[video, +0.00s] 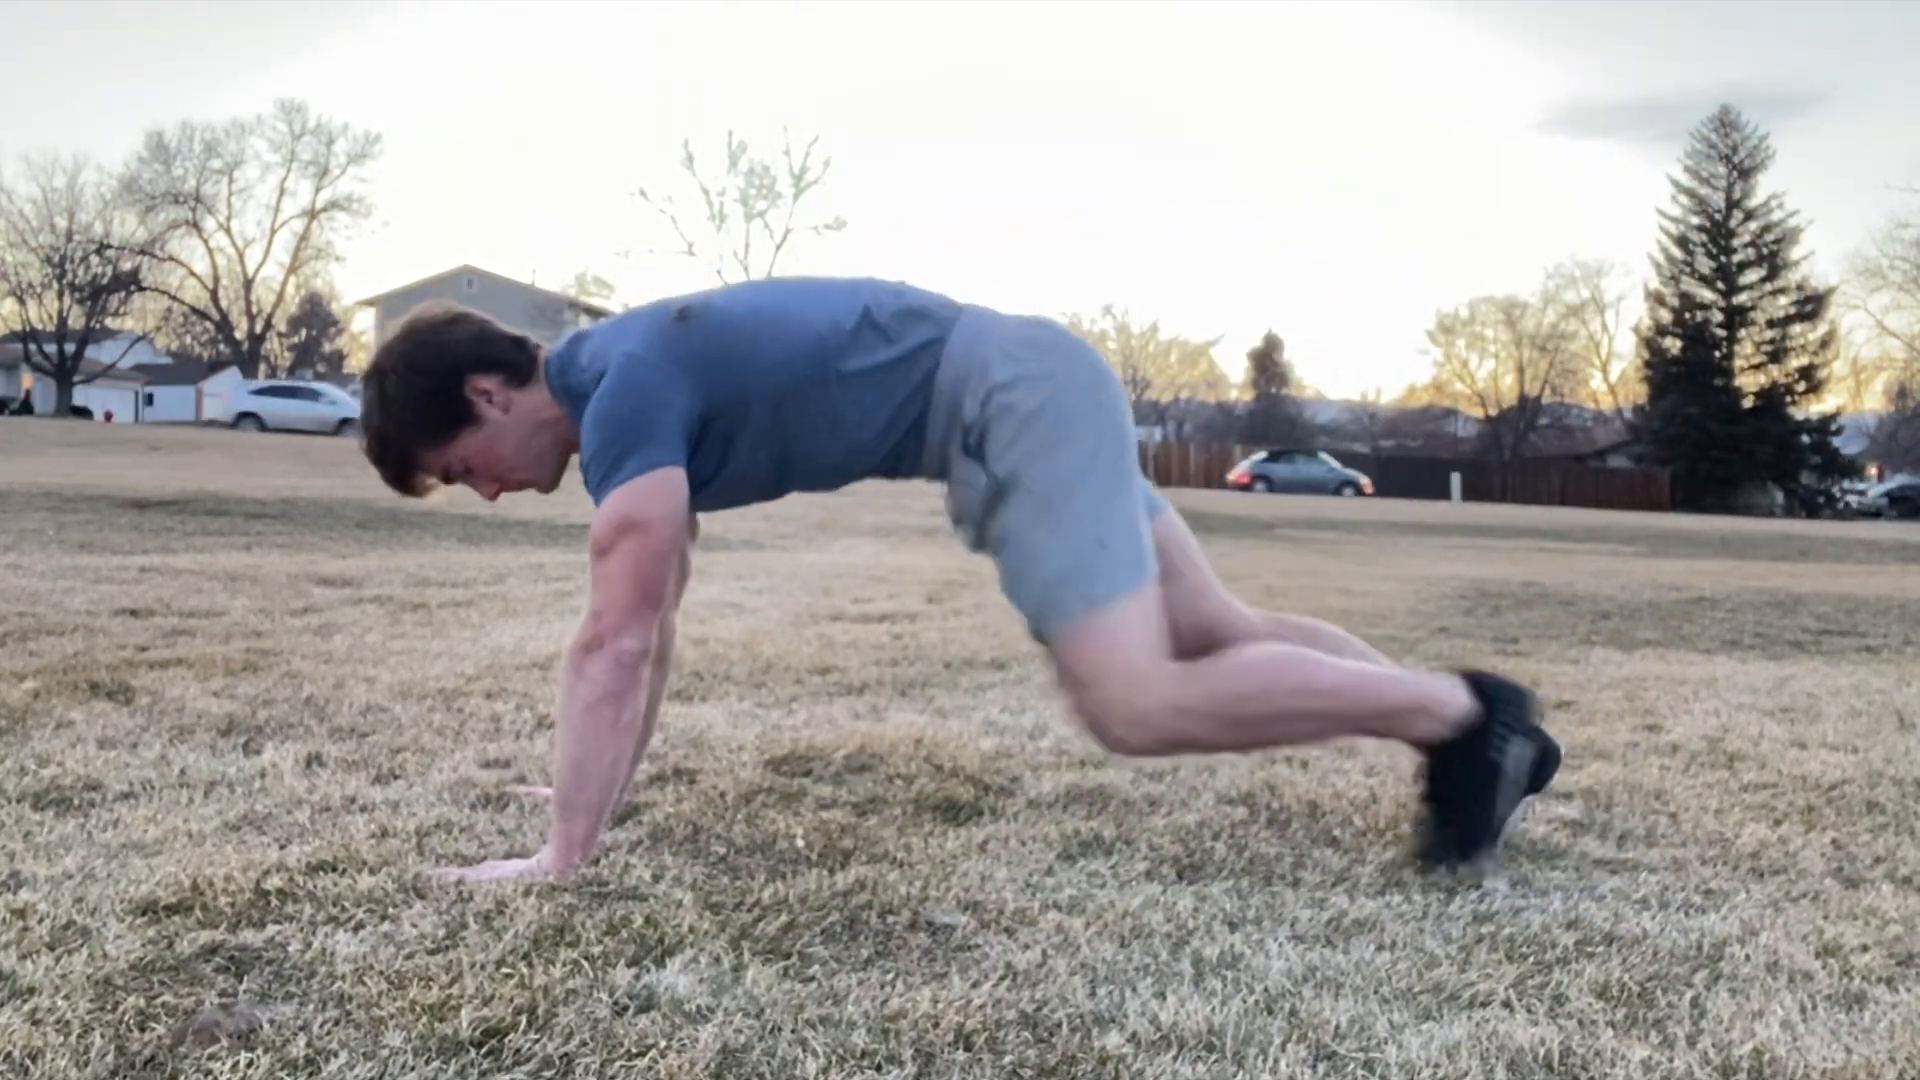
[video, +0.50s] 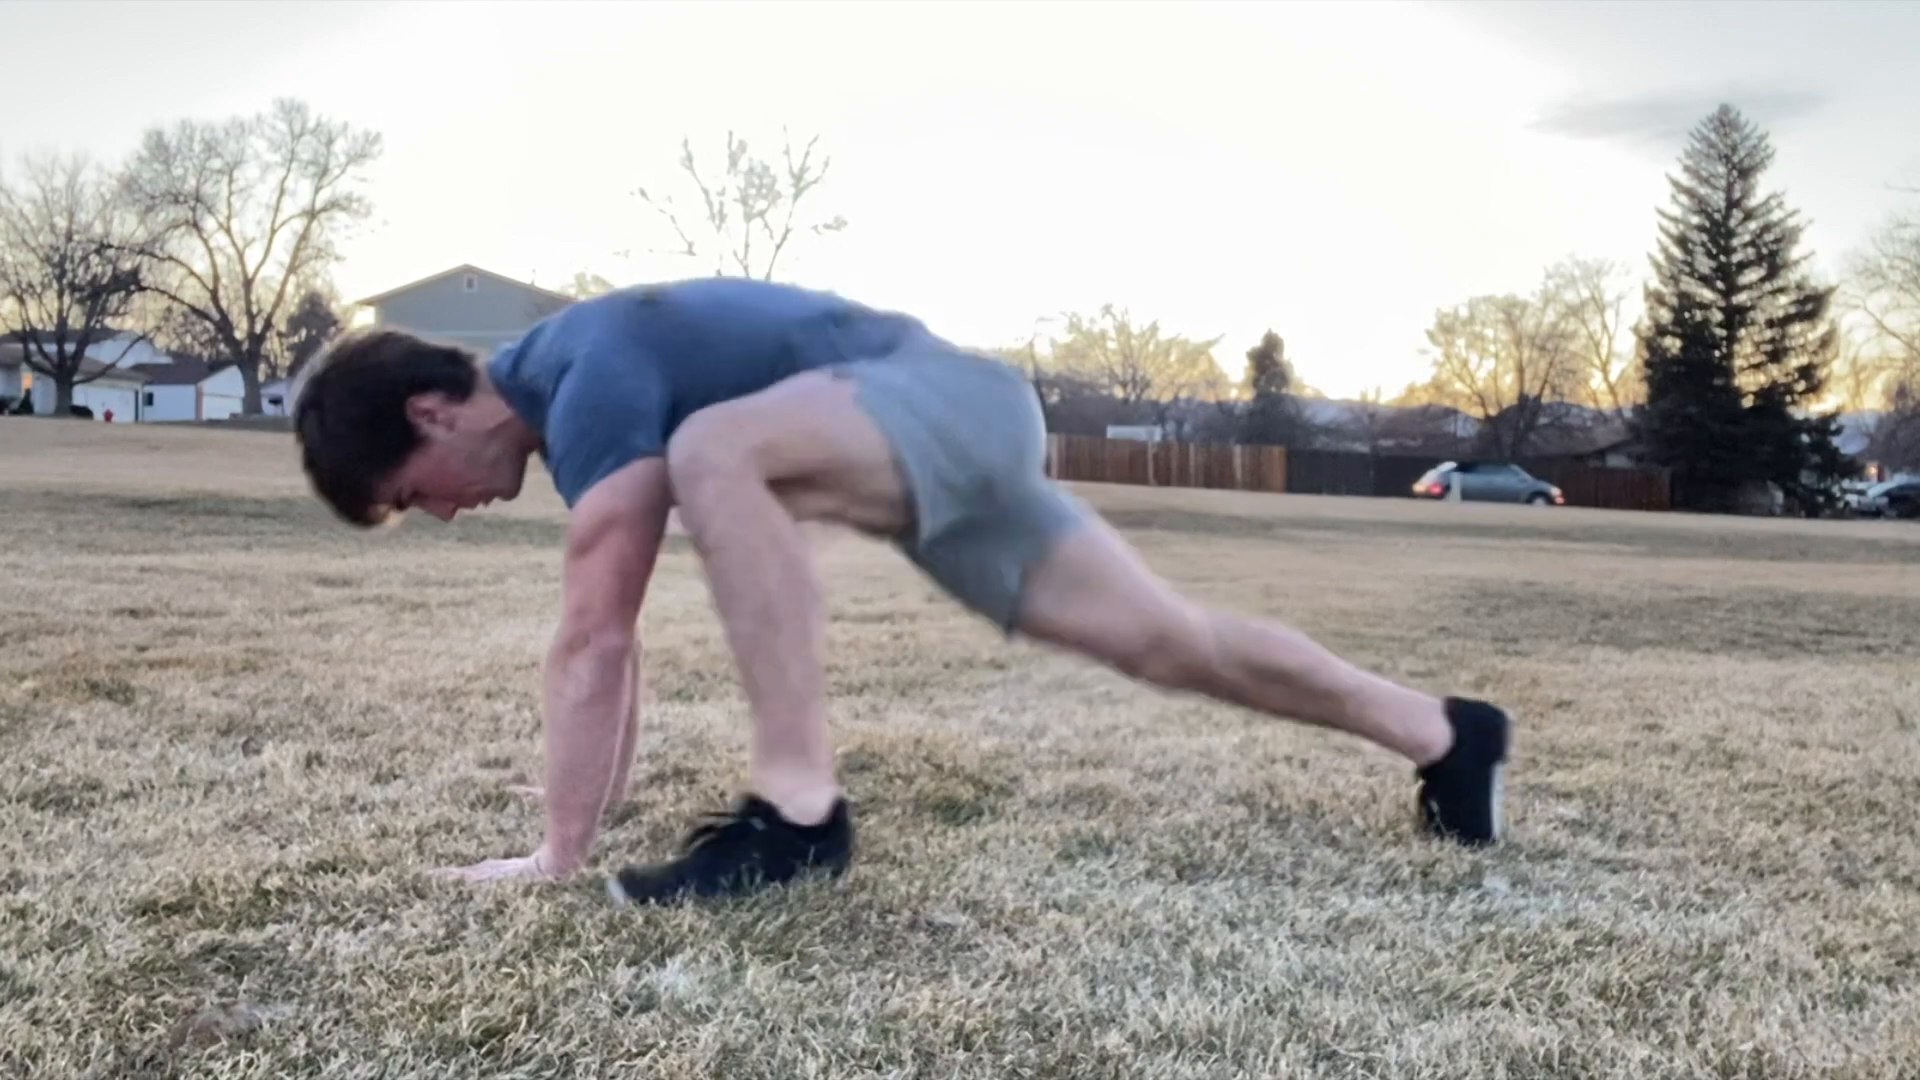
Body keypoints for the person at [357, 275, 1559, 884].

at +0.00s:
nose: (483, 493)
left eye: (462, 470)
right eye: (460, 484)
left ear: (491, 400)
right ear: (499, 394)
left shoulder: (627, 378)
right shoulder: (625, 390)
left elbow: (617, 637)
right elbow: (643, 640)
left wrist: (560, 853)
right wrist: (589, 823)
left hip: (1010, 389)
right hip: (1018, 388)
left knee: (1136, 707)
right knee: (1214, 636)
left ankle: (1456, 718)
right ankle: (1466, 713)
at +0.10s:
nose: (492, 497)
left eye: (472, 475)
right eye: (469, 488)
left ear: (503, 401)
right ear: (508, 403)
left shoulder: (638, 372)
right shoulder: (627, 394)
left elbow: (617, 633)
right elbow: (641, 633)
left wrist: (562, 851)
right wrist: (588, 805)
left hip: (1008, 344)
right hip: (1007, 380)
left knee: (939, 590)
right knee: (1234, 614)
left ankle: (1249, 709)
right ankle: (1489, 737)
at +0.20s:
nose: (501, 493)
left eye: (480, 470)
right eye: (478, 485)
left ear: (508, 397)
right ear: (512, 400)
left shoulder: (639, 361)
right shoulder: (632, 394)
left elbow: (618, 634)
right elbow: (637, 634)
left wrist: (563, 853)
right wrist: (577, 806)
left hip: (1014, 359)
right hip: (996, 432)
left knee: (784, 424)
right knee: (1225, 618)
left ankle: (931, 750)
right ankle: (1490, 735)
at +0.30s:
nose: (488, 483)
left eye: (465, 459)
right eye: (462, 475)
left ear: (495, 385)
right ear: (499, 385)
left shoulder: (638, 371)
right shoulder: (622, 396)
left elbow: (606, 629)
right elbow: (622, 634)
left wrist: (558, 849)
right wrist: (569, 830)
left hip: (989, 428)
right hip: (980, 486)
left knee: (723, 446)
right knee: (1190, 695)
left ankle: (781, 808)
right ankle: (1488, 742)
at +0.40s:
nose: (475, 493)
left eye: (449, 470)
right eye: (448, 485)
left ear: (475, 392)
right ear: (479, 387)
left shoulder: (626, 379)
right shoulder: (606, 408)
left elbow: (607, 628)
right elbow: (634, 642)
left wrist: (554, 852)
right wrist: (571, 841)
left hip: (958, 480)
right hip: (954, 529)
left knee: (682, 490)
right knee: (1171, 731)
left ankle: (777, 821)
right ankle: (1471, 747)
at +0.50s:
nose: (442, 513)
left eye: (417, 492)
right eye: (417, 506)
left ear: (436, 415)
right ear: (442, 416)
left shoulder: (595, 371)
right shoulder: (570, 405)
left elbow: (594, 635)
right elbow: (602, 642)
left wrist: (555, 859)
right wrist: (571, 845)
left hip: (955, 395)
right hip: (940, 459)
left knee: (715, 458)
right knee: (1166, 642)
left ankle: (798, 808)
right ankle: (1446, 732)